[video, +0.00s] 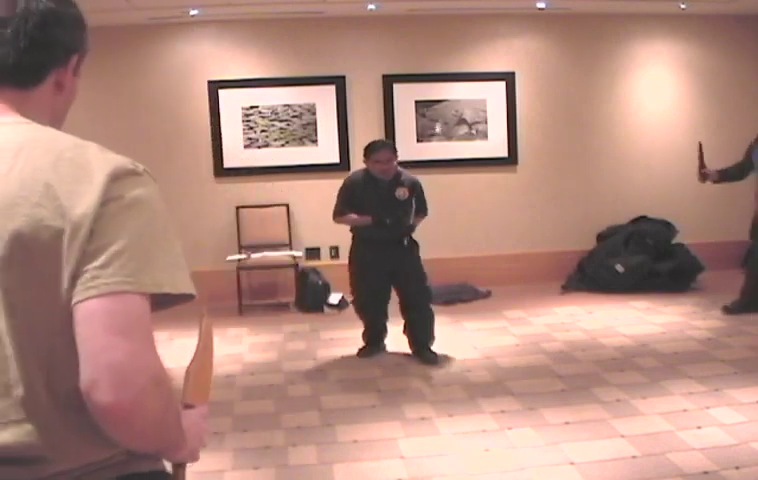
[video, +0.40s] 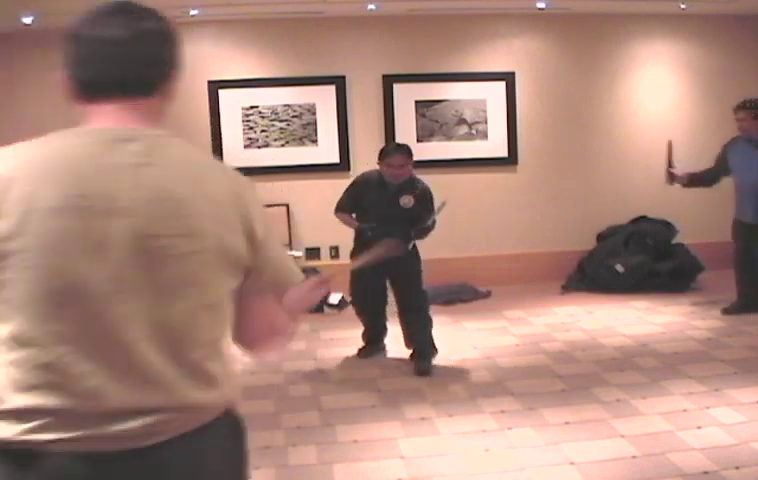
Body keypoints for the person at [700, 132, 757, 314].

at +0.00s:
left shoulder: (753, 148)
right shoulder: (754, 147)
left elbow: (742, 169)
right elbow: (743, 169)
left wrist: (714, 175)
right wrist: (714, 175)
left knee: (753, 255)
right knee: (752, 254)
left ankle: (748, 297)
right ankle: (748, 297)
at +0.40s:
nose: (741, 125)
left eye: (745, 120)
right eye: (738, 120)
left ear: (757, 120)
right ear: (737, 121)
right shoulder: (735, 146)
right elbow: (714, 174)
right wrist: (684, 178)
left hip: (755, 220)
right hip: (744, 218)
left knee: (752, 260)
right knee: (744, 260)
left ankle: (751, 299)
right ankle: (745, 299)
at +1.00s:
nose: (730, 122)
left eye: (734, 116)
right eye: (728, 117)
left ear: (750, 116)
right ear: (726, 119)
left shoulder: (755, 143)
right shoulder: (723, 146)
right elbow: (707, 176)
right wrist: (710, 194)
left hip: (753, 216)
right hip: (738, 217)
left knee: (752, 260)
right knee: (740, 260)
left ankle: (752, 300)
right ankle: (745, 299)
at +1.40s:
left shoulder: (750, 147)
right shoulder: (751, 147)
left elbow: (736, 172)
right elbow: (736, 172)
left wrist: (723, 200)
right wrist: (723, 199)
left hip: (754, 217)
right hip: (754, 216)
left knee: (750, 257)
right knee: (749, 257)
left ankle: (748, 299)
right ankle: (747, 299)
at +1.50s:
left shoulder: (754, 151)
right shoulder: (755, 150)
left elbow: (747, 170)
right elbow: (747, 170)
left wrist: (731, 196)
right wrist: (731, 196)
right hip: (757, 220)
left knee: (754, 254)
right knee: (754, 254)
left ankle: (749, 296)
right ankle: (749, 296)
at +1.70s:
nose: (750, 204)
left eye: (752, 200)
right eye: (750, 200)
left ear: (755, 200)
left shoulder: (755, 179)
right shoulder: (754, 178)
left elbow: (753, 209)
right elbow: (752, 207)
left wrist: (743, 225)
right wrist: (744, 224)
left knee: (753, 254)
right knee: (751, 254)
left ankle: (753, 295)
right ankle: (751, 292)